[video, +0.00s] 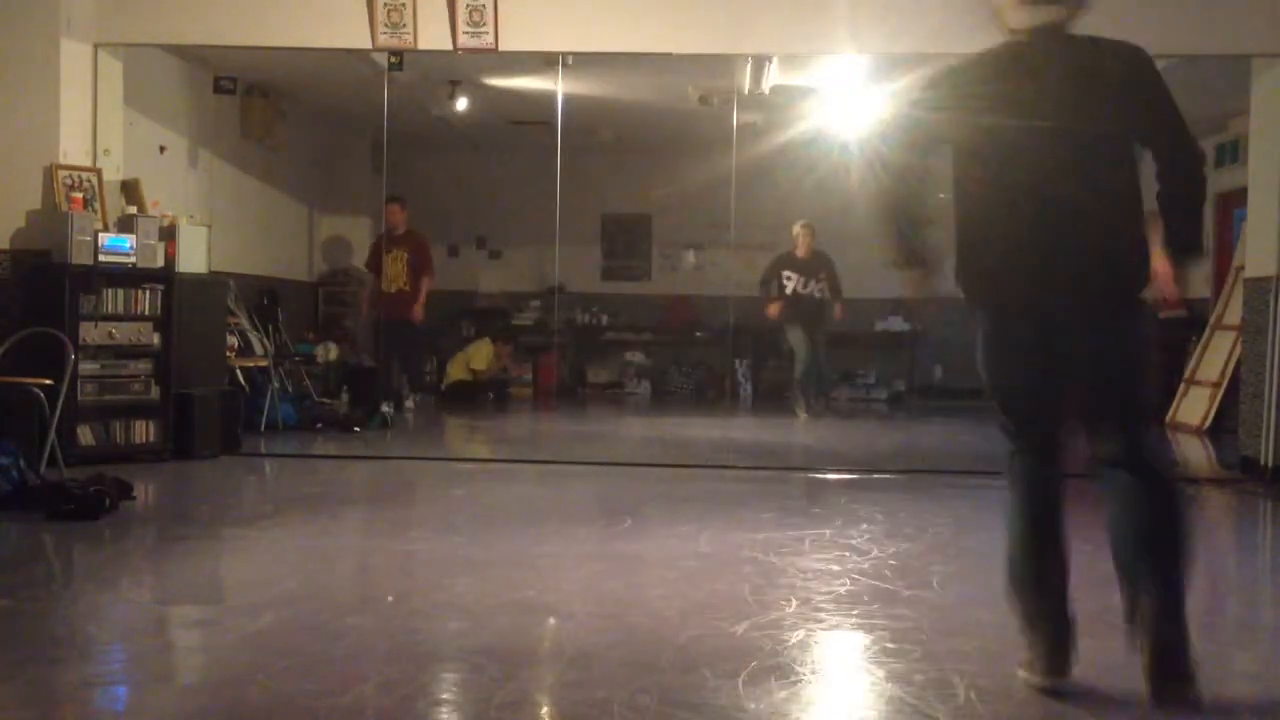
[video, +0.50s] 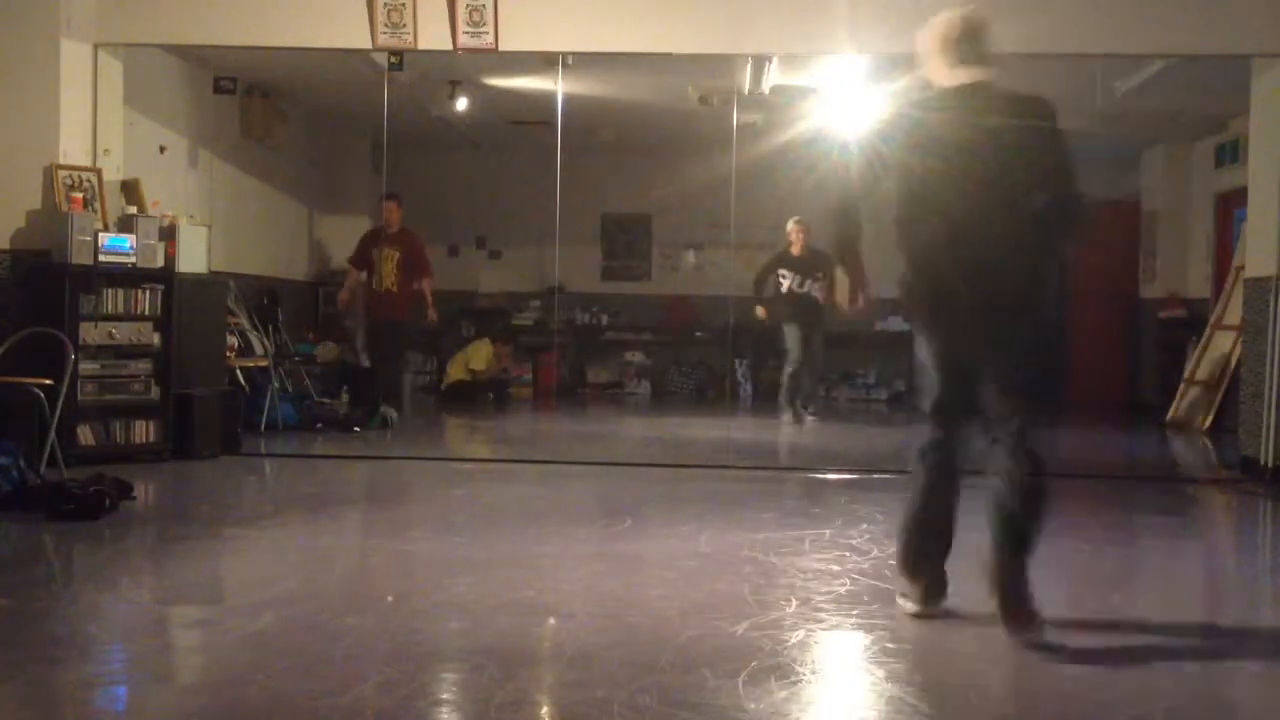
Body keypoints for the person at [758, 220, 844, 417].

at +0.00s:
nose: (806, 240)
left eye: (809, 236)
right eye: (802, 236)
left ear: (814, 238)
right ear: (795, 238)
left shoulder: (823, 260)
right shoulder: (783, 260)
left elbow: (833, 283)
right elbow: (765, 281)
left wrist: (837, 302)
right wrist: (770, 301)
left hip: (816, 314)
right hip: (791, 314)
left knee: (817, 355)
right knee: (803, 352)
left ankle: (816, 398)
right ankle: (799, 397)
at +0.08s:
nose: (800, 242)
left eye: (803, 237)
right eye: (796, 238)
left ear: (809, 239)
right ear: (789, 241)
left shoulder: (822, 261)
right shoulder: (781, 263)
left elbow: (838, 293)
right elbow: (770, 291)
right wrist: (784, 296)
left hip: (817, 315)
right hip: (792, 315)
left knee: (817, 357)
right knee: (798, 359)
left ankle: (816, 399)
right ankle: (803, 406)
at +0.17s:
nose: (800, 240)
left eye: (803, 235)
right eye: (796, 236)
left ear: (809, 237)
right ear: (789, 238)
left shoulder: (822, 260)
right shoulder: (782, 263)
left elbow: (837, 281)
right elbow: (774, 290)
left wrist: (842, 299)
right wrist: (787, 300)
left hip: (814, 315)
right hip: (791, 316)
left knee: (811, 360)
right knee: (793, 362)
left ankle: (811, 402)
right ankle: (802, 406)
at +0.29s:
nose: (808, 233)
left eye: (811, 228)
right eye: (804, 228)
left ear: (814, 231)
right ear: (796, 231)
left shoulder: (823, 253)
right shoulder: (785, 254)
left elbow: (835, 276)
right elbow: (768, 283)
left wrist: (842, 297)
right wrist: (772, 306)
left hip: (814, 310)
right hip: (790, 311)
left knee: (812, 356)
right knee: (796, 357)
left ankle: (814, 401)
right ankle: (801, 402)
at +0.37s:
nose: (810, 236)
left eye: (813, 232)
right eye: (806, 232)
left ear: (817, 235)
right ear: (798, 234)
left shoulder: (822, 258)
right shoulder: (784, 257)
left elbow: (838, 279)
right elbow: (761, 279)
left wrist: (833, 304)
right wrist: (756, 306)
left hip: (814, 316)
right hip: (790, 315)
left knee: (816, 361)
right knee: (797, 358)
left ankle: (809, 403)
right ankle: (785, 394)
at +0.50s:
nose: (800, 237)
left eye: (803, 232)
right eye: (796, 233)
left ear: (808, 234)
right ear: (788, 236)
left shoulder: (820, 258)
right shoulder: (781, 259)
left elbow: (830, 278)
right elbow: (760, 278)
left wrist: (830, 298)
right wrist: (758, 303)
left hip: (814, 312)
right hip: (789, 312)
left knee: (814, 359)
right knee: (795, 357)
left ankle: (807, 403)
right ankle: (786, 404)